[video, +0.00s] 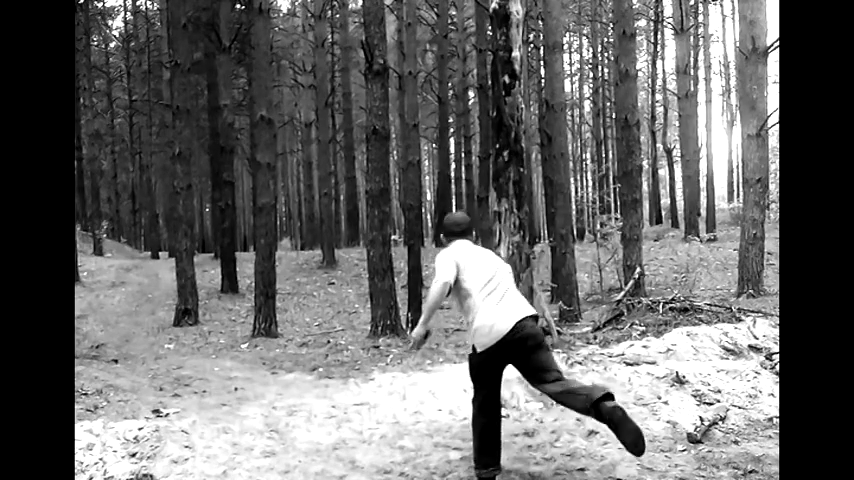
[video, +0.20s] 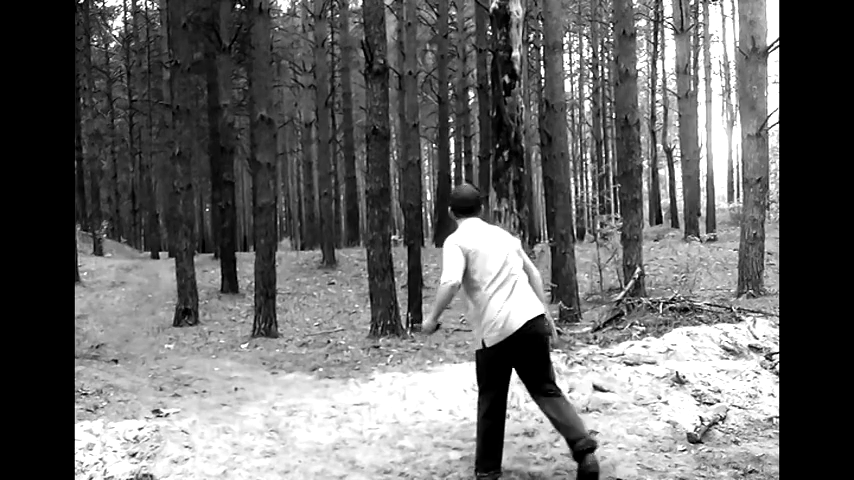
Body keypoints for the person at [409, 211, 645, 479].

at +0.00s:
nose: (439, 241)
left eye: (439, 237)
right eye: (441, 237)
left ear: (443, 238)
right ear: (471, 234)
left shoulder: (448, 254)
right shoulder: (490, 255)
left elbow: (443, 283)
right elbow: (508, 290)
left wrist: (422, 324)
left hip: (488, 335)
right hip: (524, 323)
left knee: (485, 402)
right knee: (553, 381)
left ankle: (486, 469)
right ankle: (602, 406)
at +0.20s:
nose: (451, 214)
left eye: (451, 210)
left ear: (452, 212)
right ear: (480, 208)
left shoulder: (456, 241)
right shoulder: (503, 235)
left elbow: (450, 282)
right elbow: (534, 273)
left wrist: (432, 319)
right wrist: (544, 313)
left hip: (497, 330)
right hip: (533, 320)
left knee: (491, 402)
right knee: (545, 389)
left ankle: (487, 469)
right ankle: (585, 449)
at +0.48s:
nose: (481, 205)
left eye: (481, 199)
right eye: (481, 199)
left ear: (489, 198)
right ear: (512, 196)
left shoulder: (505, 231)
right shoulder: (535, 225)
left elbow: (493, 285)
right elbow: (538, 280)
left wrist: (463, 296)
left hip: (522, 337)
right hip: (555, 334)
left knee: (499, 407)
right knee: (548, 405)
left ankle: (488, 468)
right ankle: (559, 471)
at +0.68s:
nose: (495, 201)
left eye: (497, 193)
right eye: (494, 194)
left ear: (514, 190)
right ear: (519, 191)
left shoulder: (536, 225)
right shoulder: (537, 220)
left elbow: (536, 278)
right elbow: (535, 275)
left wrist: (492, 286)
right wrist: (497, 276)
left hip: (542, 332)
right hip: (559, 330)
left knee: (518, 399)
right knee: (557, 401)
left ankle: (540, 470)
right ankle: (562, 468)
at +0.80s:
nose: (504, 201)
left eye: (507, 193)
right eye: (502, 194)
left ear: (526, 190)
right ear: (524, 191)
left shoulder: (550, 226)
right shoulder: (538, 223)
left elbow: (557, 283)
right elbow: (537, 274)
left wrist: (517, 310)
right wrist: (502, 277)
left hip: (553, 332)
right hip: (550, 330)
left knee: (533, 402)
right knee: (559, 401)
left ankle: (562, 471)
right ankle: (568, 466)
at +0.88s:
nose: (514, 201)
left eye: (520, 193)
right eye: (511, 195)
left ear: (540, 191)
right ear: (516, 196)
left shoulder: (562, 229)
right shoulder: (535, 229)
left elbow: (577, 289)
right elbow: (538, 279)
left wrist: (555, 334)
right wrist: (505, 287)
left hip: (564, 340)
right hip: (546, 339)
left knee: (559, 411)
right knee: (554, 410)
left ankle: (579, 473)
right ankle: (559, 471)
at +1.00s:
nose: (524, 203)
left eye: (531, 196)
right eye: (521, 197)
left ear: (551, 193)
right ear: (520, 197)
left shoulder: (577, 235)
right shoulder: (533, 237)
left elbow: (598, 294)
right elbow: (541, 283)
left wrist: (591, 347)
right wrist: (511, 307)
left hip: (576, 348)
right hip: (548, 347)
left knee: (571, 415)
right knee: (554, 422)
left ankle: (590, 477)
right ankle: (557, 476)